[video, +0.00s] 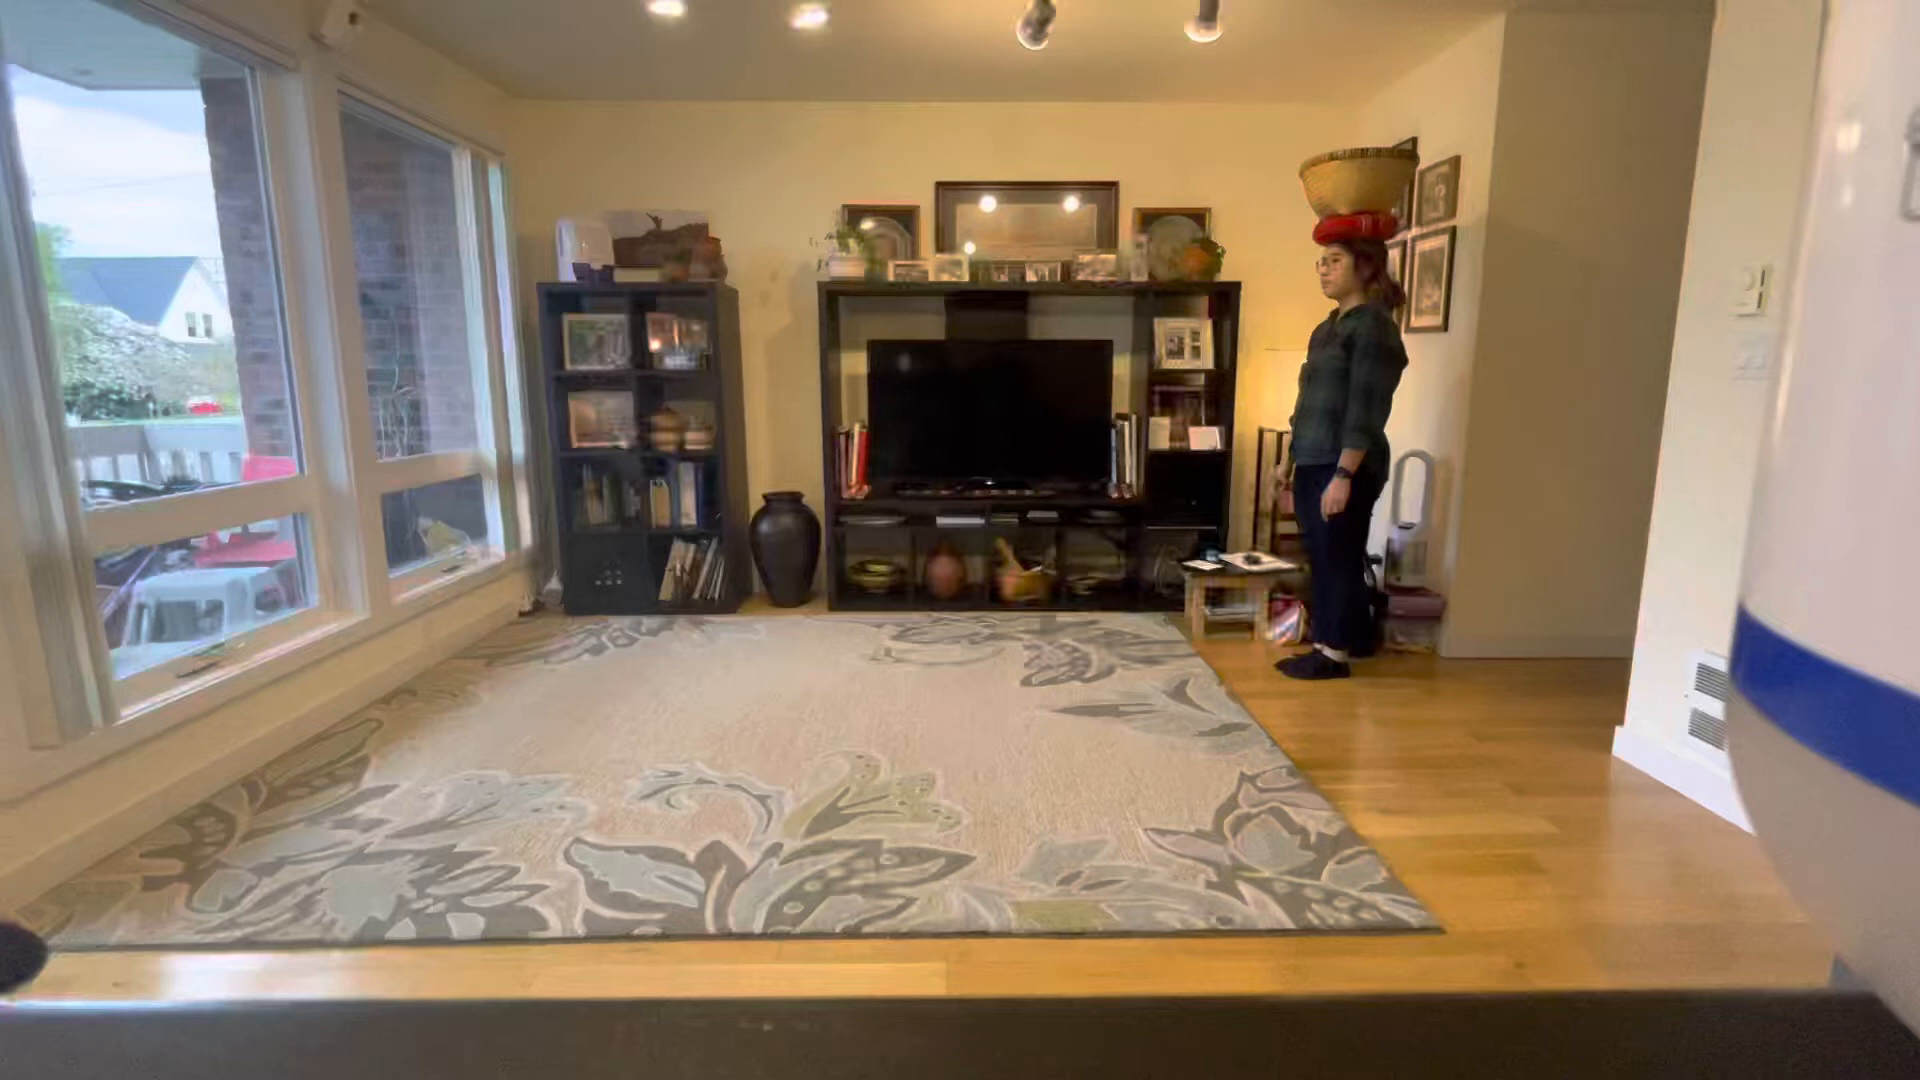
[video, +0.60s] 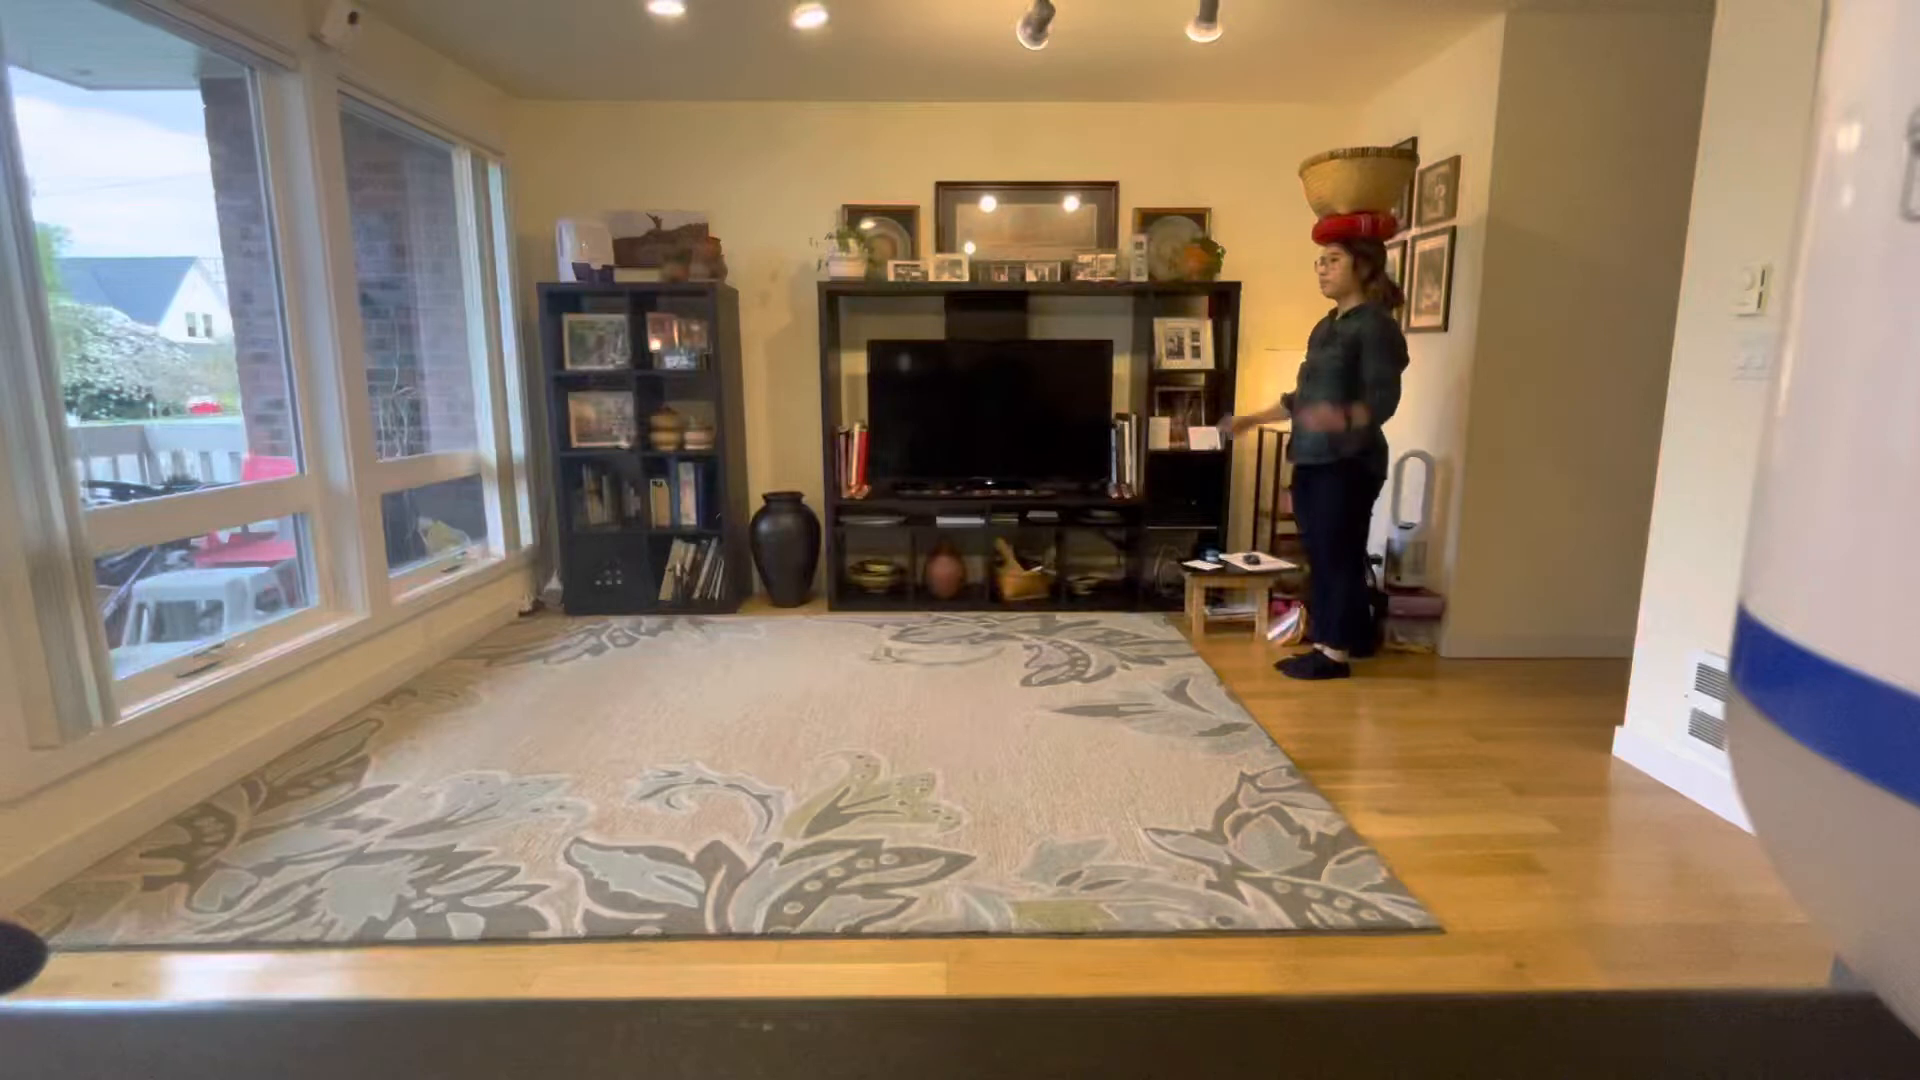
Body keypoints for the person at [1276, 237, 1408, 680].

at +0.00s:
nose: (1322, 270)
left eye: (1332, 261)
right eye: (1320, 263)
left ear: (1364, 266)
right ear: (1323, 269)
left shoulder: (1374, 325)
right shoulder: (1327, 328)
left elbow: (1368, 406)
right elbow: (1310, 401)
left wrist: (1344, 473)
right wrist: (1292, 460)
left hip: (1349, 461)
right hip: (1316, 460)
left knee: (1337, 557)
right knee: (1324, 556)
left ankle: (1334, 649)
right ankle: (1329, 639)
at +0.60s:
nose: (1320, 270)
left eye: (1330, 261)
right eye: (1320, 263)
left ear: (1361, 267)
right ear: (1330, 269)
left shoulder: (1376, 324)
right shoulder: (1326, 327)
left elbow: (1383, 399)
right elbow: (1306, 397)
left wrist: (1343, 417)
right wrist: (1254, 419)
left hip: (1349, 461)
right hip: (1315, 460)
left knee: (1338, 551)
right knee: (1321, 551)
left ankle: (1335, 649)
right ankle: (1331, 639)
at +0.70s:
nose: (1320, 270)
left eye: (1330, 261)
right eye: (1319, 263)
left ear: (1362, 266)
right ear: (1323, 270)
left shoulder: (1378, 321)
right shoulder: (1326, 326)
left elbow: (1388, 391)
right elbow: (1302, 389)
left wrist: (1345, 369)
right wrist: (1243, 389)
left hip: (1350, 459)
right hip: (1314, 458)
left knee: (1338, 552)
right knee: (1321, 551)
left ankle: (1335, 649)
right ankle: (1328, 638)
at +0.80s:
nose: (1321, 271)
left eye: (1330, 261)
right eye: (1320, 263)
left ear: (1362, 264)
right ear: (1331, 270)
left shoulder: (1382, 320)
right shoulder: (1325, 324)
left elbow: (1388, 364)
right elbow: (1285, 373)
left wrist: (1365, 311)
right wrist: (1246, 340)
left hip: (1352, 456)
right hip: (1312, 455)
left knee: (1338, 550)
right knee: (1320, 550)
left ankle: (1335, 650)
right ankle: (1333, 639)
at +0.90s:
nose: (1322, 270)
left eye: (1333, 261)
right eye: (1319, 262)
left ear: (1360, 267)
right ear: (1319, 270)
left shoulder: (1376, 317)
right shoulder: (1321, 322)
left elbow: (1394, 331)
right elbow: (1270, 350)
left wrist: (1376, 274)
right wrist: (1261, 301)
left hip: (1353, 451)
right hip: (1312, 451)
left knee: (1338, 547)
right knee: (1319, 547)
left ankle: (1334, 650)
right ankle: (1335, 638)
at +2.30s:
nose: (1321, 268)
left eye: (1332, 259)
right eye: (1318, 260)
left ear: (1361, 264)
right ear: (1315, 267)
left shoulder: (1378, 317)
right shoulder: (1313, 323)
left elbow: (1398, 353)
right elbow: (1258, 352)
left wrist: (1370, 293)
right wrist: (1262, 300)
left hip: (1350, 457)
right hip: (1305, 456)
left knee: (1341, 553)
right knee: (1315, 553)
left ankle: (1338, 653)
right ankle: (1323, 644)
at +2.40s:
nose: (1321, 268)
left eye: (1332, 259)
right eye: (1318, 261)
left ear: (1362, 266)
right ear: (1314, 268)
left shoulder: (1382, 322)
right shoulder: (1316, 325)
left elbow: (1391, 382)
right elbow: (1269, 370)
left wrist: (1347, 345)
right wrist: (1254, 325)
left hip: (1350, 459)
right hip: (1305, 458)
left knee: (1340, 553)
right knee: (1314, 553)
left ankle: (1337, 652)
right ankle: (1324, 643)